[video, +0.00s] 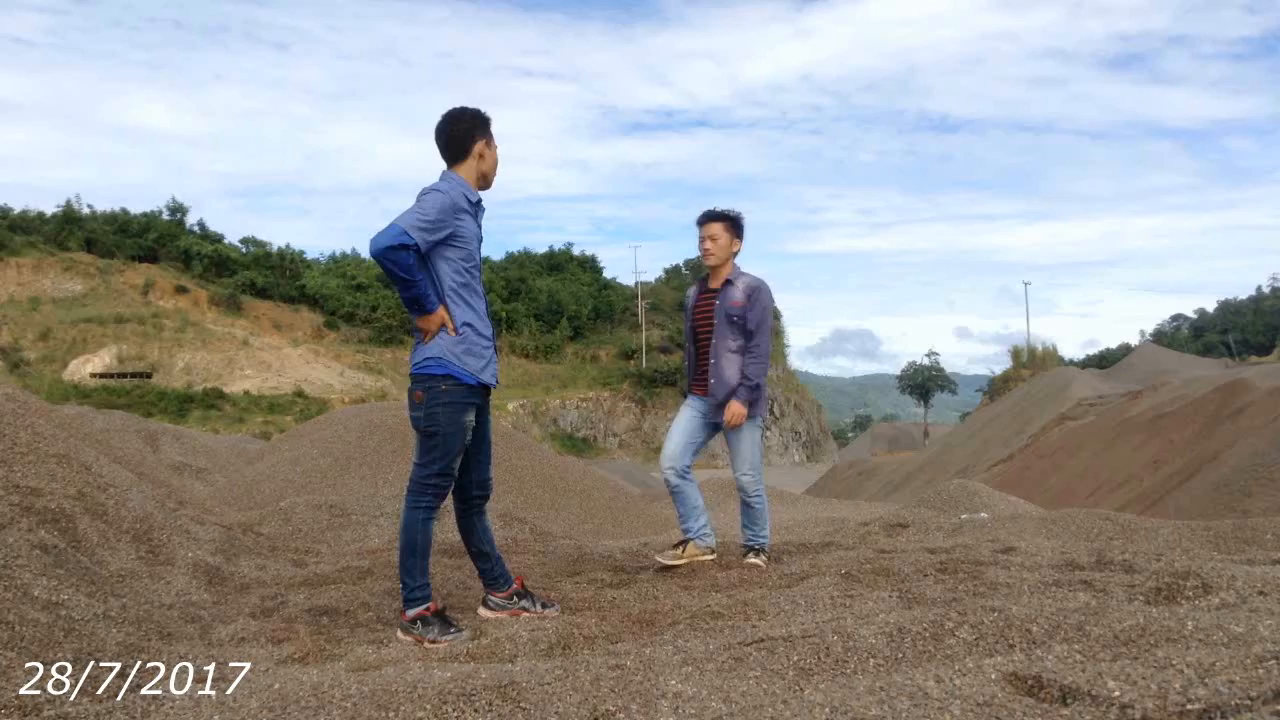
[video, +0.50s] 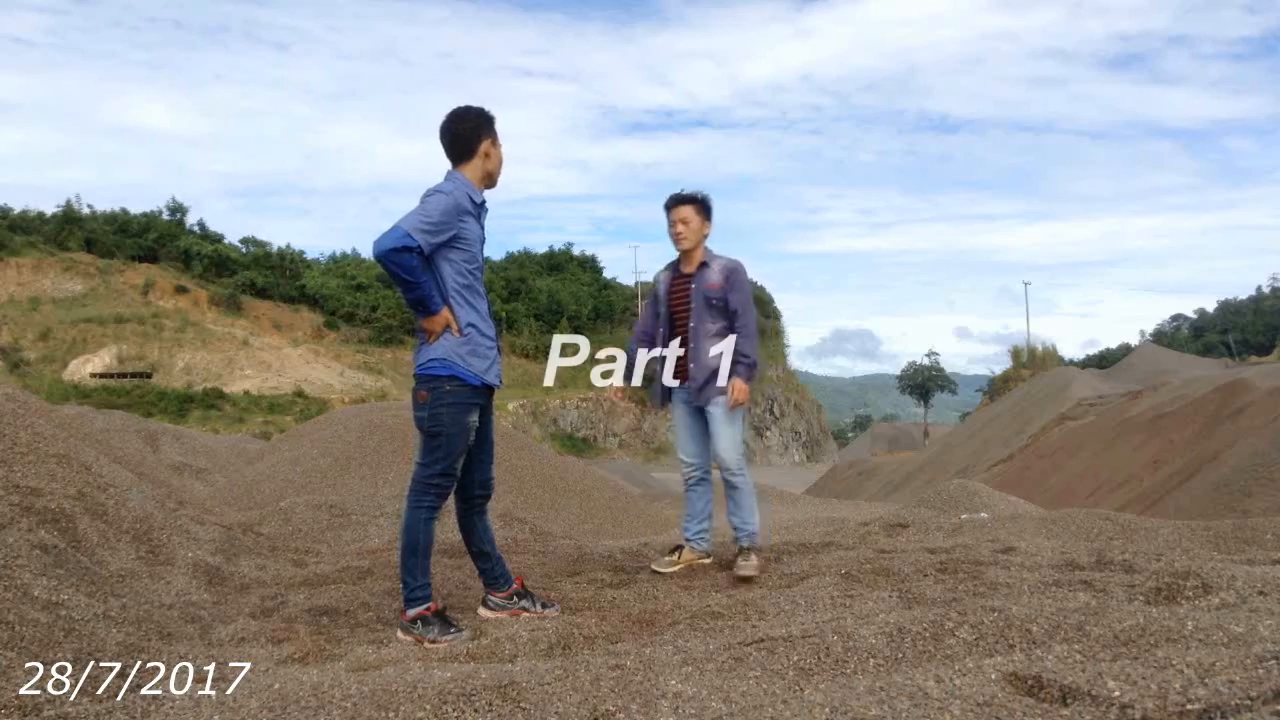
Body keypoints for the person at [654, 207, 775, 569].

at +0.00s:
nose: (705, 246)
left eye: (714, 239)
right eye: (702, 239)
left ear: (735, 244)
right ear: (699, 244)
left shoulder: (753, 290)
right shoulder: (694, 293)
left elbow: (760, 350)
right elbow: (692, 347)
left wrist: (743, 397)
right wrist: (694, 390)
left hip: (741, 400)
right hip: (700, 399)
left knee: (748, 479)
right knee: (672, 465)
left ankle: (756, 548)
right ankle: (699, 542)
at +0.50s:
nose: (678, 230)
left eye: (686, 223)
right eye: (673, 224)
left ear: (706, 226)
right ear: (669, 230)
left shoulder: (728, 271)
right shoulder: (665, 279)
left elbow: (746, 327)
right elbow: (645, 333)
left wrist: (742, 374)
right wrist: (627, 375)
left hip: (721, 385)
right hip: (680, 388)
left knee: (730, 465)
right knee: (693, 469)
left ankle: (747, 546)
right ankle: (696, 546)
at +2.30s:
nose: (692, 225)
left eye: (701, 218)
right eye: (691, 218)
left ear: (728, 227)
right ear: (692, 224)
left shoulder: (749, 280)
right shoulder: (674, 279)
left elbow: (771, 342)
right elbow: (648, 319)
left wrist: (773, 398)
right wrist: (619, 331)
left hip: (734, 402)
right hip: (684, 402)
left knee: (746, 486)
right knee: (667, 484)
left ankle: (755, 566)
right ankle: (676, 568)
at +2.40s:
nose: (677, 223)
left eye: (687, 216)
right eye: (677, 216)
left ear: (713, 225)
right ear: (677, 222)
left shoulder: (735, 277)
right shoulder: (657, 277)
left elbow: (755, 337)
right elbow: (620, 308)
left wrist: (756, 387)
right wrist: (587, 296)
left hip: (722, 401)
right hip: (672, 403)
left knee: (740, 485)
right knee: (659, 486)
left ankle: (756, 564)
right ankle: (675, 568)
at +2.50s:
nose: (661, 217)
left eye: (670, 210)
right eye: (659, 210)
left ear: (697, 218)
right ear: (658, 217)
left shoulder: (722, 273)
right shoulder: (637, 266)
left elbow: (742, 331)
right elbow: (590, 271)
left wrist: (739, 376)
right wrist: (548, 251)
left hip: (710, 397)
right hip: (660, 400)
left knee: (732, 480)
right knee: (658, 487)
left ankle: (754, 562)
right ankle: (675, 569)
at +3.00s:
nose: (624, 212)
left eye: (634, 203)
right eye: (621, 205)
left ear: (661, 210)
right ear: (619, 213)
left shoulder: (690, 262)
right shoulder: (606, 264)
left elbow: (718, 321)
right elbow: (568, 296)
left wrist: (744, 373)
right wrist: (540, 311)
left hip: (688, 383)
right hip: (639, 392)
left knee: (702, 467)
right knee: (652, 483)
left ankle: (717, 549)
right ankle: (666, 567)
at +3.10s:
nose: (626, 211)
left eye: (635, 203)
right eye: (623, 205)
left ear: (662, 210)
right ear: (621, 212)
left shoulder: (692, 263)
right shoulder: (607, 266)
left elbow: (720, 324)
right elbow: (587, 321)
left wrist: (745, 374)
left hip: (686, 386)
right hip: (637, 393)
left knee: (694, 473)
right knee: (651, 483)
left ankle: (701, 559)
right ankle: (665, 566)